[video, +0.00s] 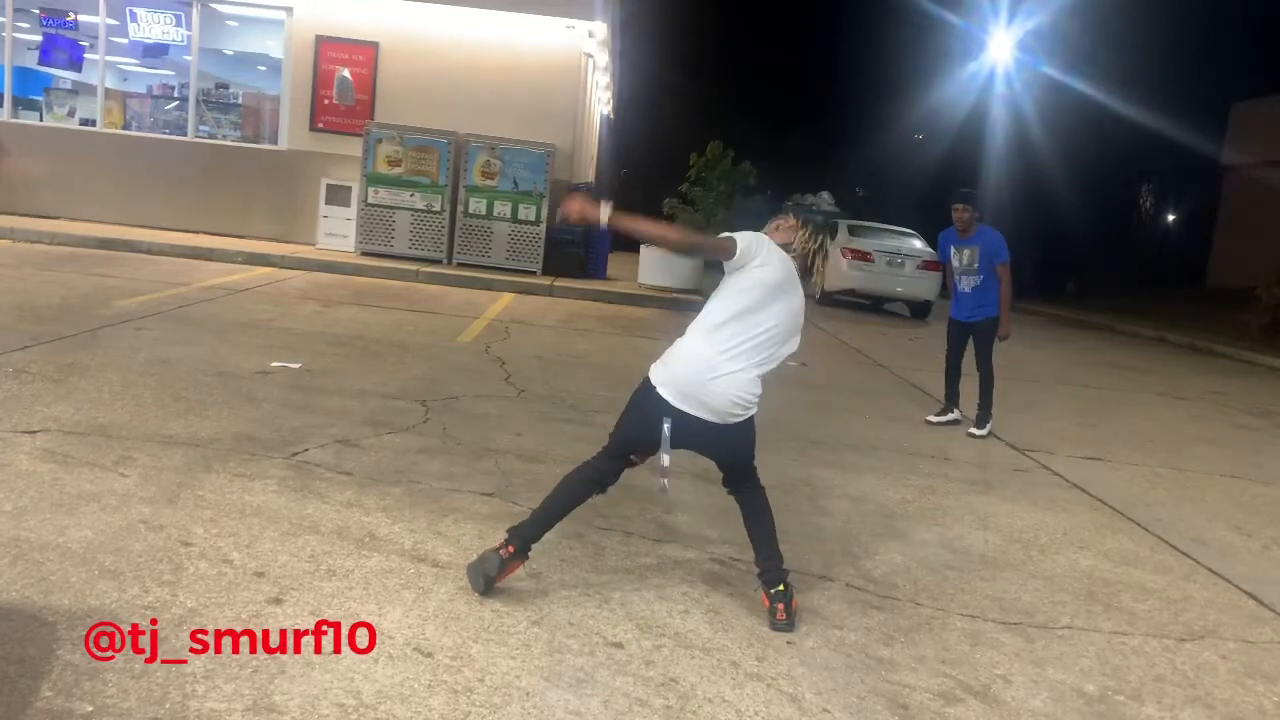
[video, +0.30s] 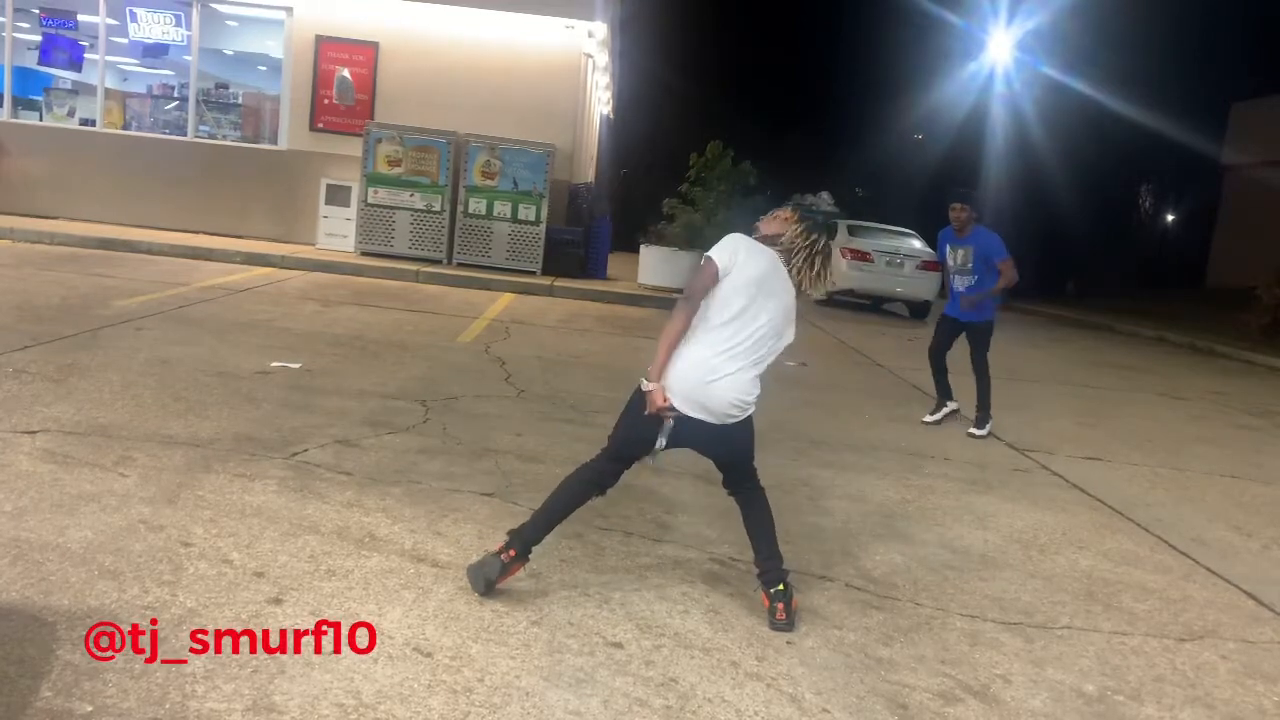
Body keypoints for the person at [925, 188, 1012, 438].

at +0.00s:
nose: (959, 216)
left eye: (964, 211)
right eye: (955, 210)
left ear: (975, 213)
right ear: (951, 213)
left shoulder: (993, 239)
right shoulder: (946, 238)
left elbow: (1005, 278)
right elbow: (949, 274)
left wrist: (1004, 320)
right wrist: (955, 302)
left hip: (986, 315)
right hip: (959, 313)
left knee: (984, 366)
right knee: (952, 361)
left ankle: (983, 418)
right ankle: (951, 408)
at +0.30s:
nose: (956, 215)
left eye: (962, 210)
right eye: (953, 210)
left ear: (973, 213)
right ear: (948, 212)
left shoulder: (988, 240)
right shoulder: (945, 237)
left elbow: (1011, 276)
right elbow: (947, 269)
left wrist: (980, 296)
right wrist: (949, 296)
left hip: (980, 316)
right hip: (953, 311)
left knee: (979, 363)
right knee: (935, 353)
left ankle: (983, 417)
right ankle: (945, 401)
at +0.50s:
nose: (946, 214)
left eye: (951, 209)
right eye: (942, 209)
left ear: (962, 213)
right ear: (937, 211)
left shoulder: (970, 235)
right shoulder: (935, 233)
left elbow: (957, 251)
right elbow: (935, 264)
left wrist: (924, 259)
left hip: (970, 313)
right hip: (944, 311)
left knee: (976, 365)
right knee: (930, 357)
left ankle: (983, 419)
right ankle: (927, 411)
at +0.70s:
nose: (925, 209)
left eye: (930, 204)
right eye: (922, 204)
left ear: (940, 209)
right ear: (917, 207)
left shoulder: (949, 232)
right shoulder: (918, 230)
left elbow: (941, 262)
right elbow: (923, 260)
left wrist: (911, 247)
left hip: (949, 308)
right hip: (926, 306)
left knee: (946, 360)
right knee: (918, 358)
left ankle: (976, 411)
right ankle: (925, 411)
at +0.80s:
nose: (908, 205)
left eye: (913, 200)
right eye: (905, 200)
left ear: (923, 203)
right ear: (901, 204)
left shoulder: (935, 231)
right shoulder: (909, 231)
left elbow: (953, 271)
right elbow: (914, 265)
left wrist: (922, 277)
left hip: (933, 303)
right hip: (915, 303)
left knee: (919, 355)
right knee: (916, 355)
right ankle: (924, 409)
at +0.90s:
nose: (899, 206)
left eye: (903, 201)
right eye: (896, 201)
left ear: (913, 204)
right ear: (893, 205)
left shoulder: (929, 231)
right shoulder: (897, 231)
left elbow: (940, 269)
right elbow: (897, 265)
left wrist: (935, 302)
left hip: (920, 302)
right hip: (905, 302)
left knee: (900, 350)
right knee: (916, 356)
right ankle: (926, 410)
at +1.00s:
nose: (882, 210)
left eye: (887, 206)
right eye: (879, 206)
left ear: (896, 209)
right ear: (874, 209)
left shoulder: (910, 235)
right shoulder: (873, 233)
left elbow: (929, 271)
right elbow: (875, 258)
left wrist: (941, 307)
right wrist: (855, 255)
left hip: (905, 305)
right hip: (886, 304)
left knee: (875, 348)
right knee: (901, 360)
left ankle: (864, 411)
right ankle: (923, 409)